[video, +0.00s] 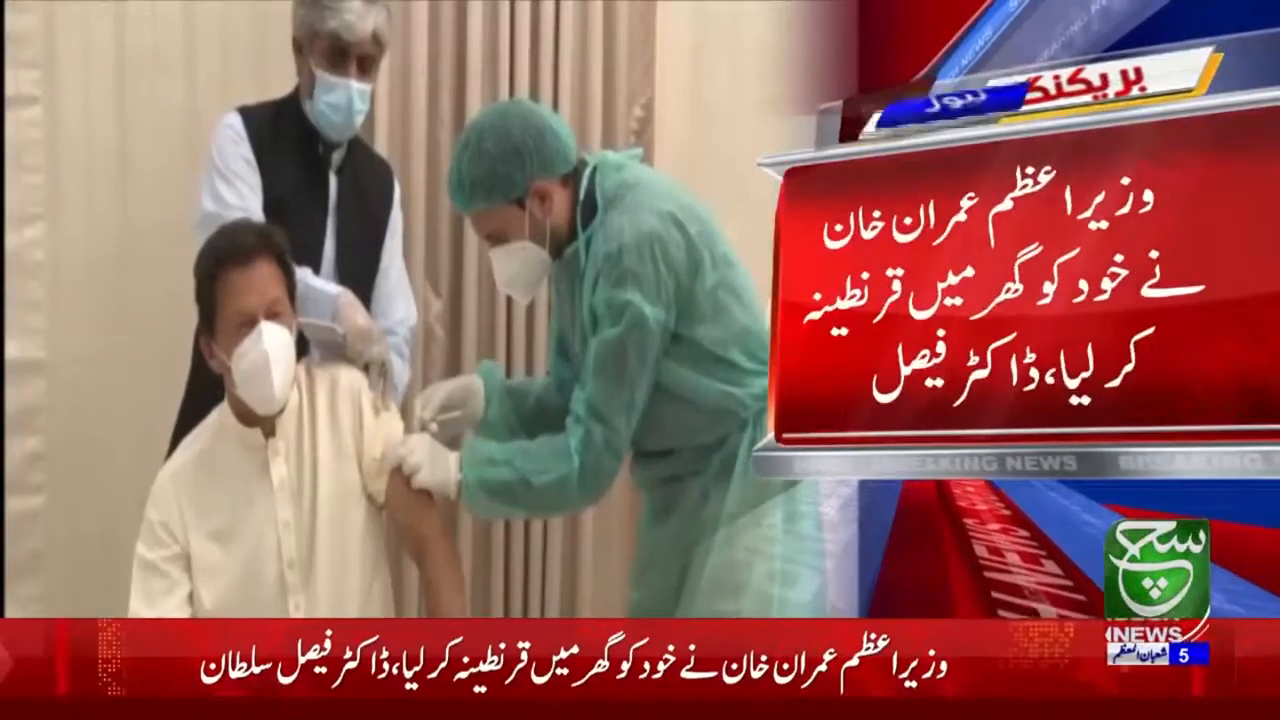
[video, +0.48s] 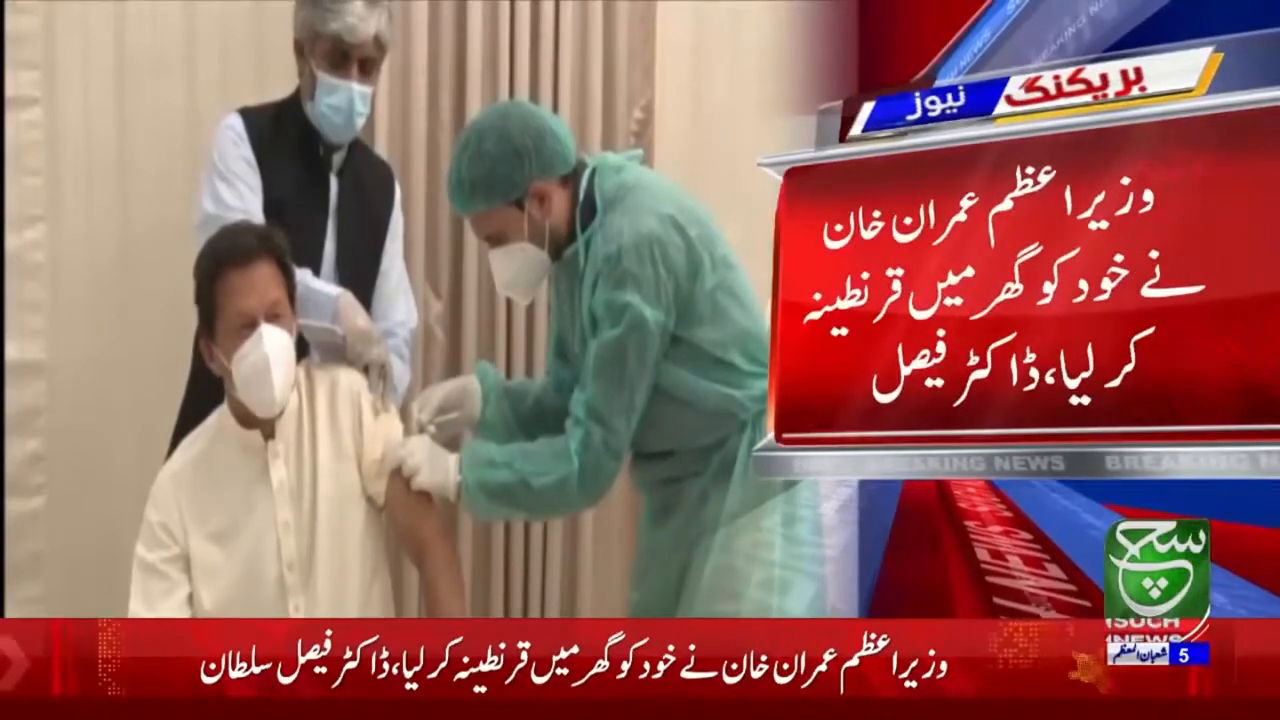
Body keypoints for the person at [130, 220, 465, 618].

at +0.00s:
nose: (266, 337)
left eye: (275, 316)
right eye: (245, 325)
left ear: (295, 319)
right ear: (212, 351)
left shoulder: (345, 397)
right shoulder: (180, 485)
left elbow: (430, 539)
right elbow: (159, 641)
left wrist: (453, 650)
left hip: (364, 675)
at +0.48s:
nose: (267, 339)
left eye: (276, 318)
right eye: (245, 327)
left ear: (295, 320)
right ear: (212, 353)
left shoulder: (345, 399)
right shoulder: (180, 485)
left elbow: (428, 537)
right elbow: (159, 640)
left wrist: (454, 645)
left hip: (364, 675)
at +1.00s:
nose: (268, 344)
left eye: (276, 323)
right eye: (247, 331)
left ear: (295, 326)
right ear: (212, 357)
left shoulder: (345, 400)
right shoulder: (180, 487)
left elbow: (421, 530)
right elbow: (157, 624)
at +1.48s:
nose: (268, 378)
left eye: (279, 357)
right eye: (249, 364)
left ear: (299, 343)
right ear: (211, 364)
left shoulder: (346, 410)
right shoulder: (182, 488)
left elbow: (429, 547)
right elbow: (158, 637)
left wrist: (452, 652)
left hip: (360, 672)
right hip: (241, 683)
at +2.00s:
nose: (272, 402)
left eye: (282, 380)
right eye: (252, 390)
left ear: (302, 363)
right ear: (212, 380)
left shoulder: (347, 423)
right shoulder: (185, 495)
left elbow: (427, 559)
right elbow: (157, 635)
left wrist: (458, 655)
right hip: (240, 684)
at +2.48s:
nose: (312, 387)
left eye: (309, 365)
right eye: (291, 377)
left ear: (314, 352)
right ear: (235, 402)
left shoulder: (350, 426)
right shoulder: (186, 501)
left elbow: (430, 560)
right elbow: (157, 647)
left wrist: (459, 666)